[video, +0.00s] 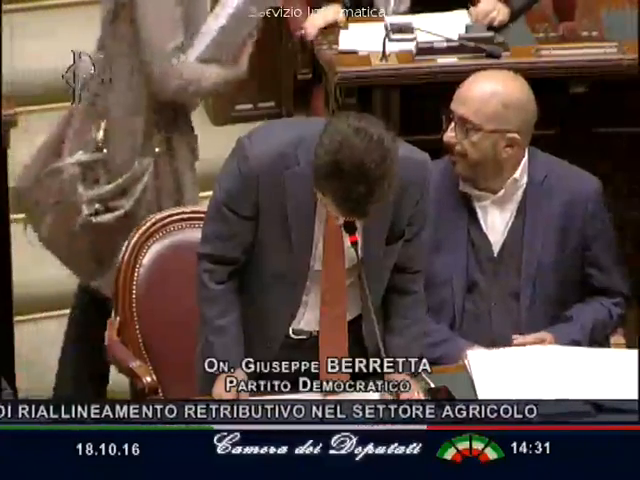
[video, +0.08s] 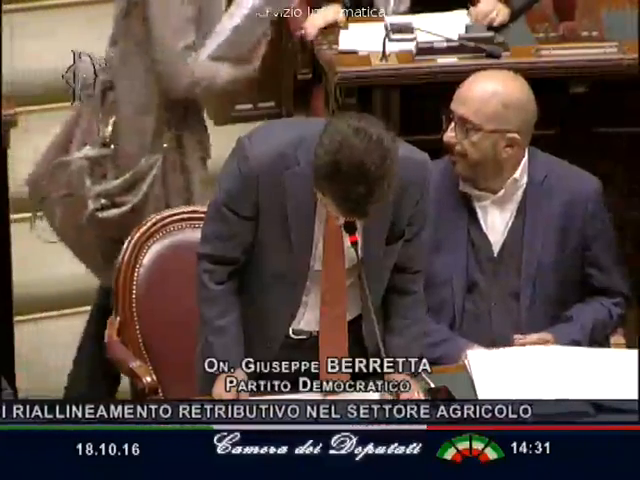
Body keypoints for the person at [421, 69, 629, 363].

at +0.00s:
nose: (448, 138)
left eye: (466, 129)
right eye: (450, 120)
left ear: (509, 146)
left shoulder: (578, 194)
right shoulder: (423, 187)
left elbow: (611, 297)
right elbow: (396, 308)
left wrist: (558, 339)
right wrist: (462, 354)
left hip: (549, 380)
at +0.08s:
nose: (448, 138)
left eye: (466, 129)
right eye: (450, 120)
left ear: (509, 146)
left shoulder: (578, 194)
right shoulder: (423, 187)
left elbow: (611, 296)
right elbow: (396, 308)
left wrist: (558, 339)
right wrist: (462, 354)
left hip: (550, 380)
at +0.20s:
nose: (448, 138)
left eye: (466, 129)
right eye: (450, 120)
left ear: (509, 146)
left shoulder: (578, 194)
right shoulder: (422, 187)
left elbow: (612, 296)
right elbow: (396, 308)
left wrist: (558, 340)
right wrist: (463, 354)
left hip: (549, 381)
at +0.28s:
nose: (448, 138)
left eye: (466, 129)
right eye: (451, 120)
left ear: (509, 147)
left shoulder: (578, 194)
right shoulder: (422, 187)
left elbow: (612, 295)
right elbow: (394, 308)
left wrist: (559, 340)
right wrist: (461, 352)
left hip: (549, 380)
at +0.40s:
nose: (449, 138)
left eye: (468, 130)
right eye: (452, 120)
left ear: (510, 147)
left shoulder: (578, 194)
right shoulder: (423, 187)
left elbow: (613, 295)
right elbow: (395, 307)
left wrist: (560, 340)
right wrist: (460, 351)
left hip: (549, 380)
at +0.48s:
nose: (449, 138)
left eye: (468, 130)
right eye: (452, 120)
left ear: (511, 148)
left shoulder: (578, 194)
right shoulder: (423, 187)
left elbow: (612, 296)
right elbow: (396, 308)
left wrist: (558, 341)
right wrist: (460, 352)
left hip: (549, 381)